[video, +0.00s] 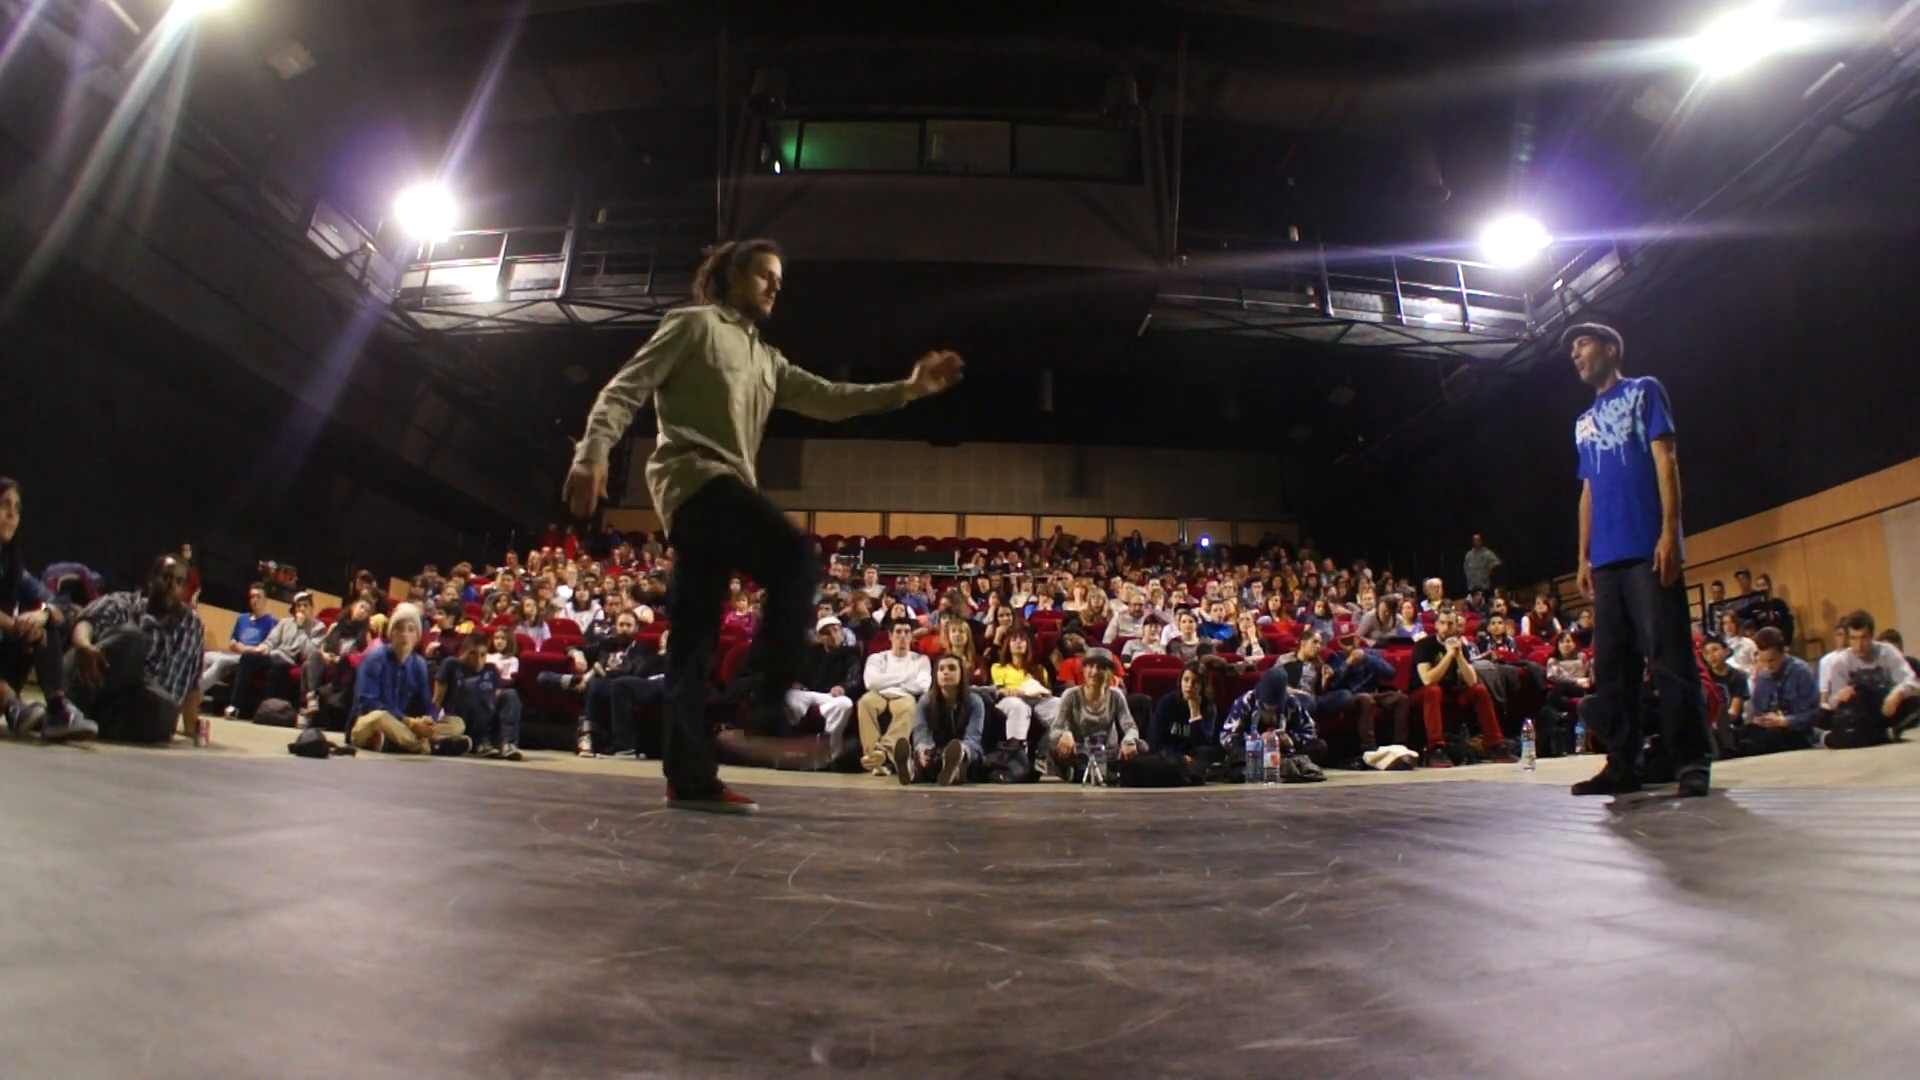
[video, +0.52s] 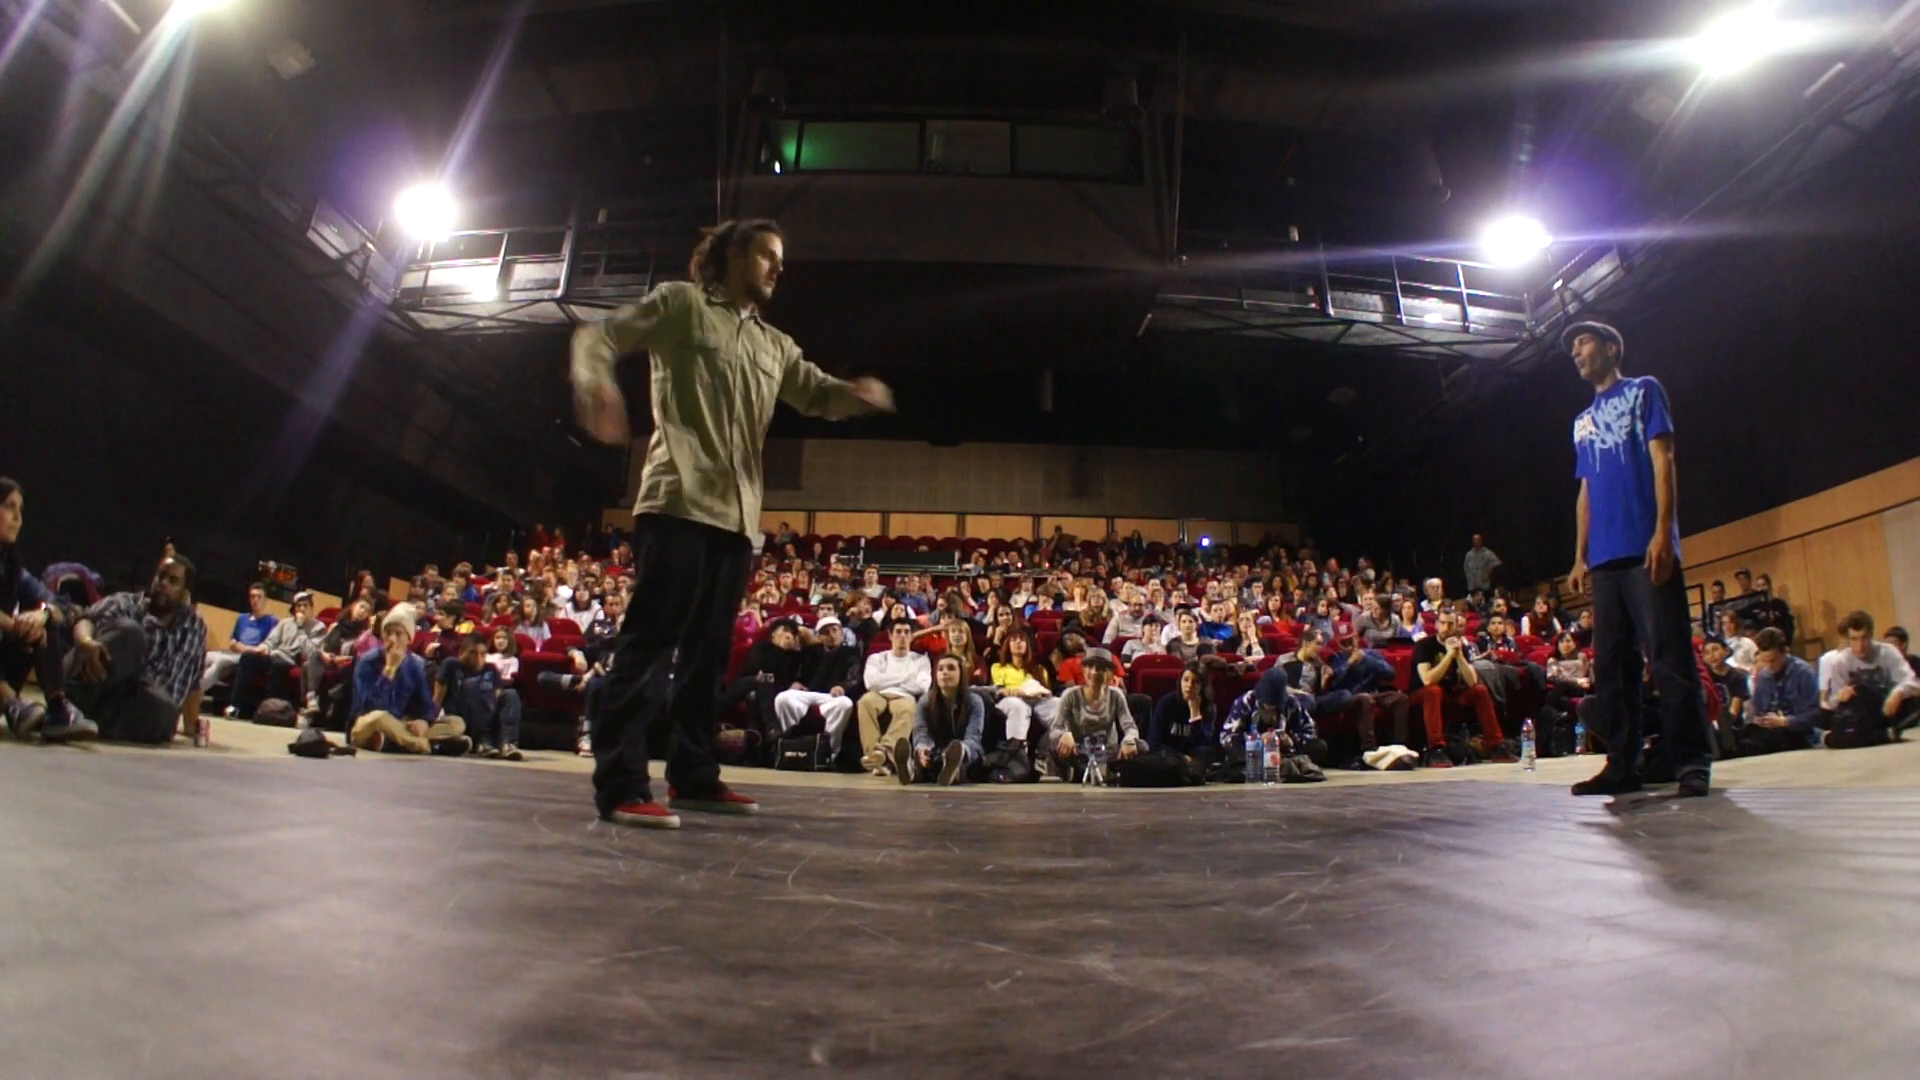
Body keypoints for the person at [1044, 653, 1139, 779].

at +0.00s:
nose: (1094, 672)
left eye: (1100, 668)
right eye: (1090, 666)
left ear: (1108, 672)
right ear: (1083, 669)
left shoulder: (1116, 696)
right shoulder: (1070, 695)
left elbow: (1130, 727)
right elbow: (1054, 731)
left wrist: (1128, 741)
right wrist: (1065, 734)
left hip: (1108, 752)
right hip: (1077, 753)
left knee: (1140, 747)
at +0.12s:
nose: (1094, 672)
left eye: (1100, 668)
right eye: (1090, 666)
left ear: (1108, 672)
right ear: (1084, 669)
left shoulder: (1116, 695)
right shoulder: (1070, 695)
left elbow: (1130, 727)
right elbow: (1054, 732)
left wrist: (1128, 741)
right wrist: (1065, 734)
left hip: (1108, 753)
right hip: (1077, 753)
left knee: (1140, 747)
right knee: (1057, 749)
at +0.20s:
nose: (1094, 672)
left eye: (1100, 668)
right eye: (1090, 666)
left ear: (1108, 672)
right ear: (1083, 669)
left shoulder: (1116, 695)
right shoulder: (1070, 695)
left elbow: (1130, 727)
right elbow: (1054, 731)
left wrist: (1129, 741)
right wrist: (1065, 734)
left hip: (1108, 754)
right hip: (1077, 754)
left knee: (1140, 747)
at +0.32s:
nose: (1094, 672)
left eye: (1100, 668)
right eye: (1090, 667)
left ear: (1109, 673)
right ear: (1083, 669)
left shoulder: (1116, 695)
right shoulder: (1070, 695)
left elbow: (1130, 727)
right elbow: (1054, 731)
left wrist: (1129, 741)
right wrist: (1065, 734)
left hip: (1108, 753)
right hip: (1077, 754)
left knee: (1140, 746)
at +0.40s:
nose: (1093, 672)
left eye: (1100, 669)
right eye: (1089, 666)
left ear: (1109, 673)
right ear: (1083, 669)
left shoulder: (1116, 695)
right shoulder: (1070, 695)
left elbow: (1130, 727)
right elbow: (1054, 731)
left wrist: (1129, 741)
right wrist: (1065, 734)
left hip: (1108, 754)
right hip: (1077, 755)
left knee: (1139, 746)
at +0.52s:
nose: (1093, 672)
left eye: (1100, 669)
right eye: (1089, 666)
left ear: (1109, 673)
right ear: (1083, 669)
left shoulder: (1116, 695)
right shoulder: (1070, 695)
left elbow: (1129, 727)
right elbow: (1054, 731)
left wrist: (1129, 740)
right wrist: (1065, 734)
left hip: (1108, 755)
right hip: (1077, 755)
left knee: (1140, 746)